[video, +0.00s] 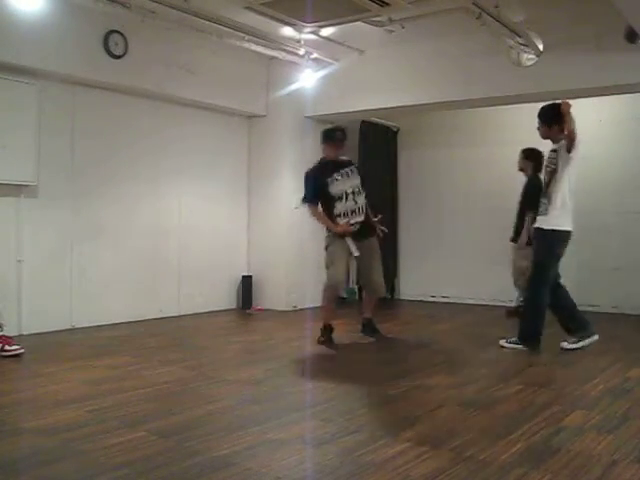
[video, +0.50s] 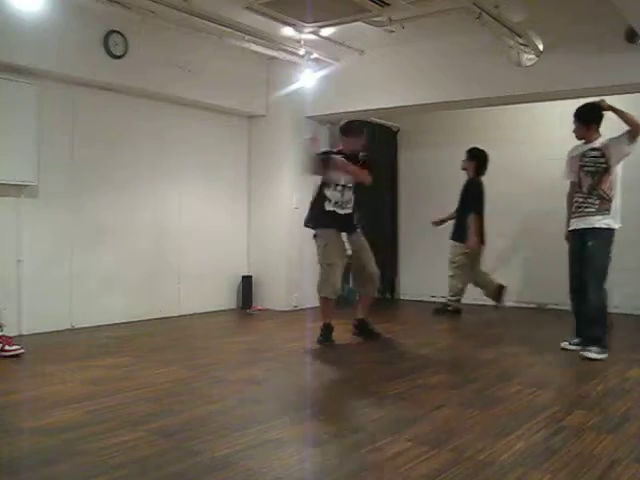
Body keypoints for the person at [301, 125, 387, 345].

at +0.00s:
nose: (339, 148)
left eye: (342, 144)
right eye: (335, 144)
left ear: (344, 145)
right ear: (326, 145)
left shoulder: (350, 165)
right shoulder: (315, 174)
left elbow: (358, 196)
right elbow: (313, 208)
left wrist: (371, 218)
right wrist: (334, 227)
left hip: (365, 230)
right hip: (339, 234)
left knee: (373, 282)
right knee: (335, 280)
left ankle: (367, 322)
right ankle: (326, 329)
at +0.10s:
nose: (330, 152)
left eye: (332, 147)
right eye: (325, 147)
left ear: (336, 147)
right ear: (316, 147)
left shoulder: (347, 163)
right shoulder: (311, 181)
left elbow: (359, 190)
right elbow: (314, 215)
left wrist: (377, 204)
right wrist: (325, 234)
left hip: (363, 230)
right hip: (336, 236)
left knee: (372, 280)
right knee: (330, 281)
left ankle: (367, 321)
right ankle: (325, 327)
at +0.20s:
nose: (327, 151)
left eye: (330, 146)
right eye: (323, 147)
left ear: (335, 145)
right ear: (316, 147)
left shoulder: (351, 161)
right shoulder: (313, 176)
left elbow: (368, 169)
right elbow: (305, 206)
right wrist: (301, 228)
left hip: (361, 232)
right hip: (333, 236)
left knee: (369, 281)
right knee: (329, 280)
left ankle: (368, 322)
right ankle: (326, 327)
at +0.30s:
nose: (331, 149)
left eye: (334, 145)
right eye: (327, 145)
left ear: (339, 145)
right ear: (319, 146)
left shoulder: (352, 162)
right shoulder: (313, 169)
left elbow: (379, 163)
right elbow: (291, 179)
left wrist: (397, 166)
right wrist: (286, 201)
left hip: (357, 232)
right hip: (329, 236)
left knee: (365, 277)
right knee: (328, 280)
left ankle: (367, 322)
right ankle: (326, 327)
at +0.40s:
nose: (346, 144)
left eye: (348, 140)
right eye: (343, 140)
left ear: (349, 140)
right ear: (334, 140)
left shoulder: (356, 160)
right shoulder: (318, 159)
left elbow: (380, 170)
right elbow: (297, 166)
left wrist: (377, 169)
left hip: (353, 226)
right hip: (326, 227)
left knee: (368, 276)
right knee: (326, 277)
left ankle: (368, 321)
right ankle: (326, 326)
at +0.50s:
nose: (362, 146)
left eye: (362, 141)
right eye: (359, 141)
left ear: (360, 141)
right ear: (347, 139)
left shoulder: (360, 161)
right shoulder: (328, 157)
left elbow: (367, 179)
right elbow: (315, 168)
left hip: (349, 222)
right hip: (325, 221)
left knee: (369, 271)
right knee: (332, 269)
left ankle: (361, 321)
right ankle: (326, 326)